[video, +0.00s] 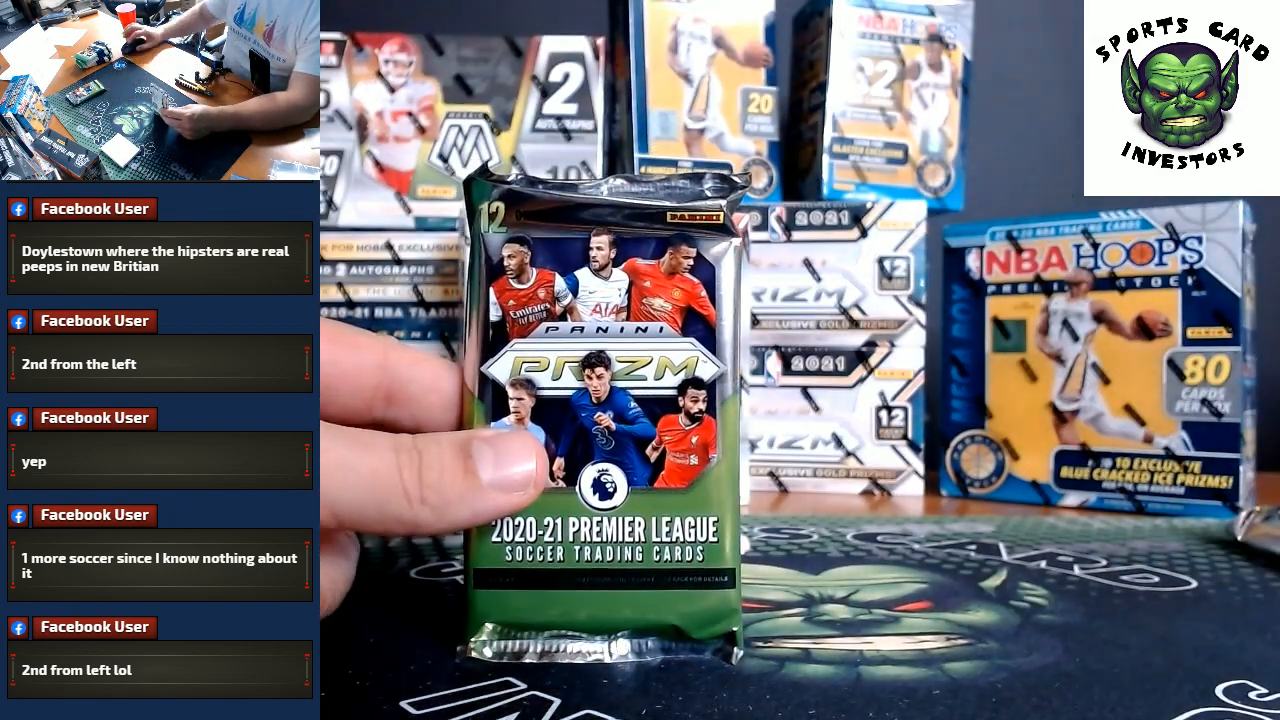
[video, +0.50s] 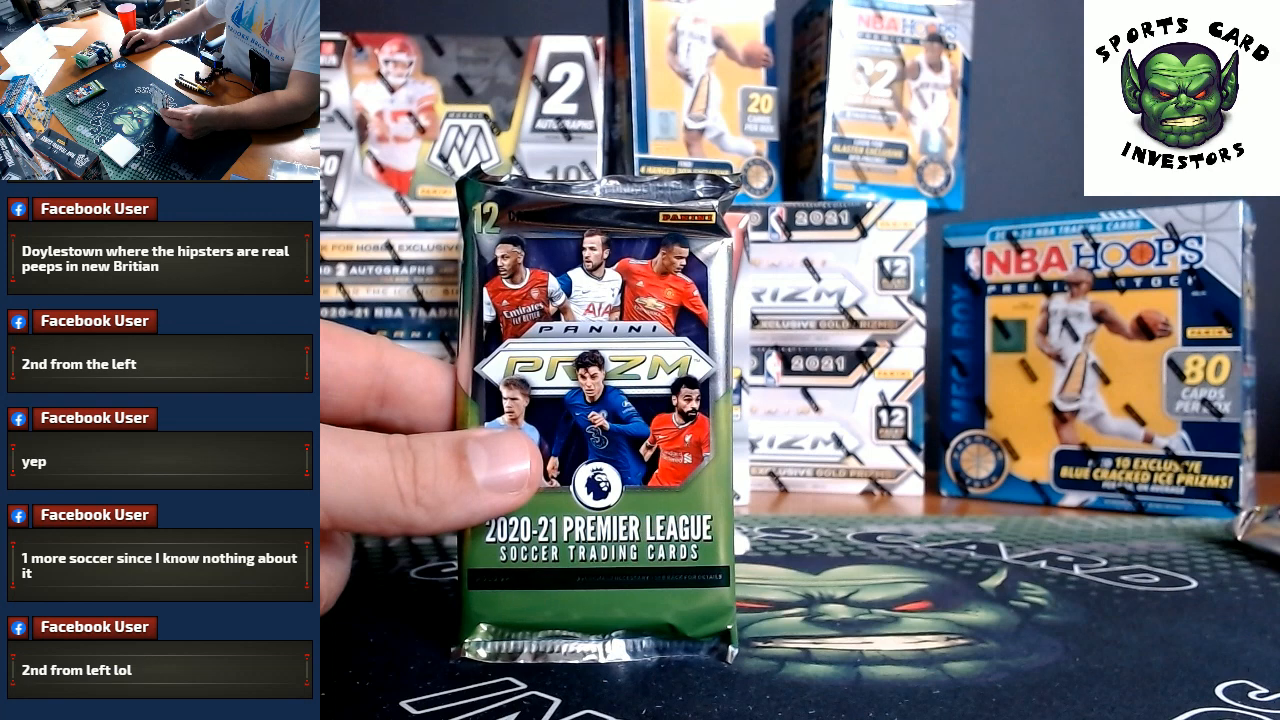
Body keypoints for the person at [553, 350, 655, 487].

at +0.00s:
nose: (595, 384)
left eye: (600, 377)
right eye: (589, 378)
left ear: (609, 375)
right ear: (584, 378)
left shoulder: (621, 399)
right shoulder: (578, 400)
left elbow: (649, 431)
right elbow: (572, 423)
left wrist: (616, 428)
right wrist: (561, 456)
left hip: (632, 474)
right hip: (601, 473)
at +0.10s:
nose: (590, 384)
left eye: (596, 377)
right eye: (585, 378)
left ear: (605, 375)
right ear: (579, 378)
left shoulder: (617, 398)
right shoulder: (574, 400)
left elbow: (646, 430)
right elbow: (568, 424)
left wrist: (613, 427)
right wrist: (557, 456)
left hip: (629, 473)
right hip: (598, 471)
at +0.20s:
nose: (587, 384)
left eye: (592, 377)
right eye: (581, 377)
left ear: (602, 375)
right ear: (576, 378)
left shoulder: (613, 398)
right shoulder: (570, 400)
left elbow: (642, 430)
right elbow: (564, 423)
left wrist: (609, 427)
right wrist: (554, 456)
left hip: (625, 472)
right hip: (594, 470)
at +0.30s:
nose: (587, 384)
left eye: (592, 377)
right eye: (581, 377)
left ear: (601, 375)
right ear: (575, 378)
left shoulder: (612, 398)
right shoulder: (570, 400)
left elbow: (641, 430)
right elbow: (564, 423)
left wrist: (608, 427)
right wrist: (553, 456)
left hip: (625, 471)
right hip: (594, 469)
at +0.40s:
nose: (589, 383)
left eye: (594, 377)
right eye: (583, 377)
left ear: (603, 374)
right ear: (577, 377)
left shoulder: (615, 398)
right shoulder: (572, 400)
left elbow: (643, 429)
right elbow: (567, 421)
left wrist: (610, 427)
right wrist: (555, 455)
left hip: (627, 472)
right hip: (596, 470)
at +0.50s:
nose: (588, 384)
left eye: (593, 377)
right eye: (583, 377)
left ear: (603, 374)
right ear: (577, 377)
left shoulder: (615, 398)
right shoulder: (572, 400)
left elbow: (643, 429)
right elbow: (566, 421)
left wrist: (610, 427)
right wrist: (555, 455)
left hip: (627, 472)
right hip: (596, 470)